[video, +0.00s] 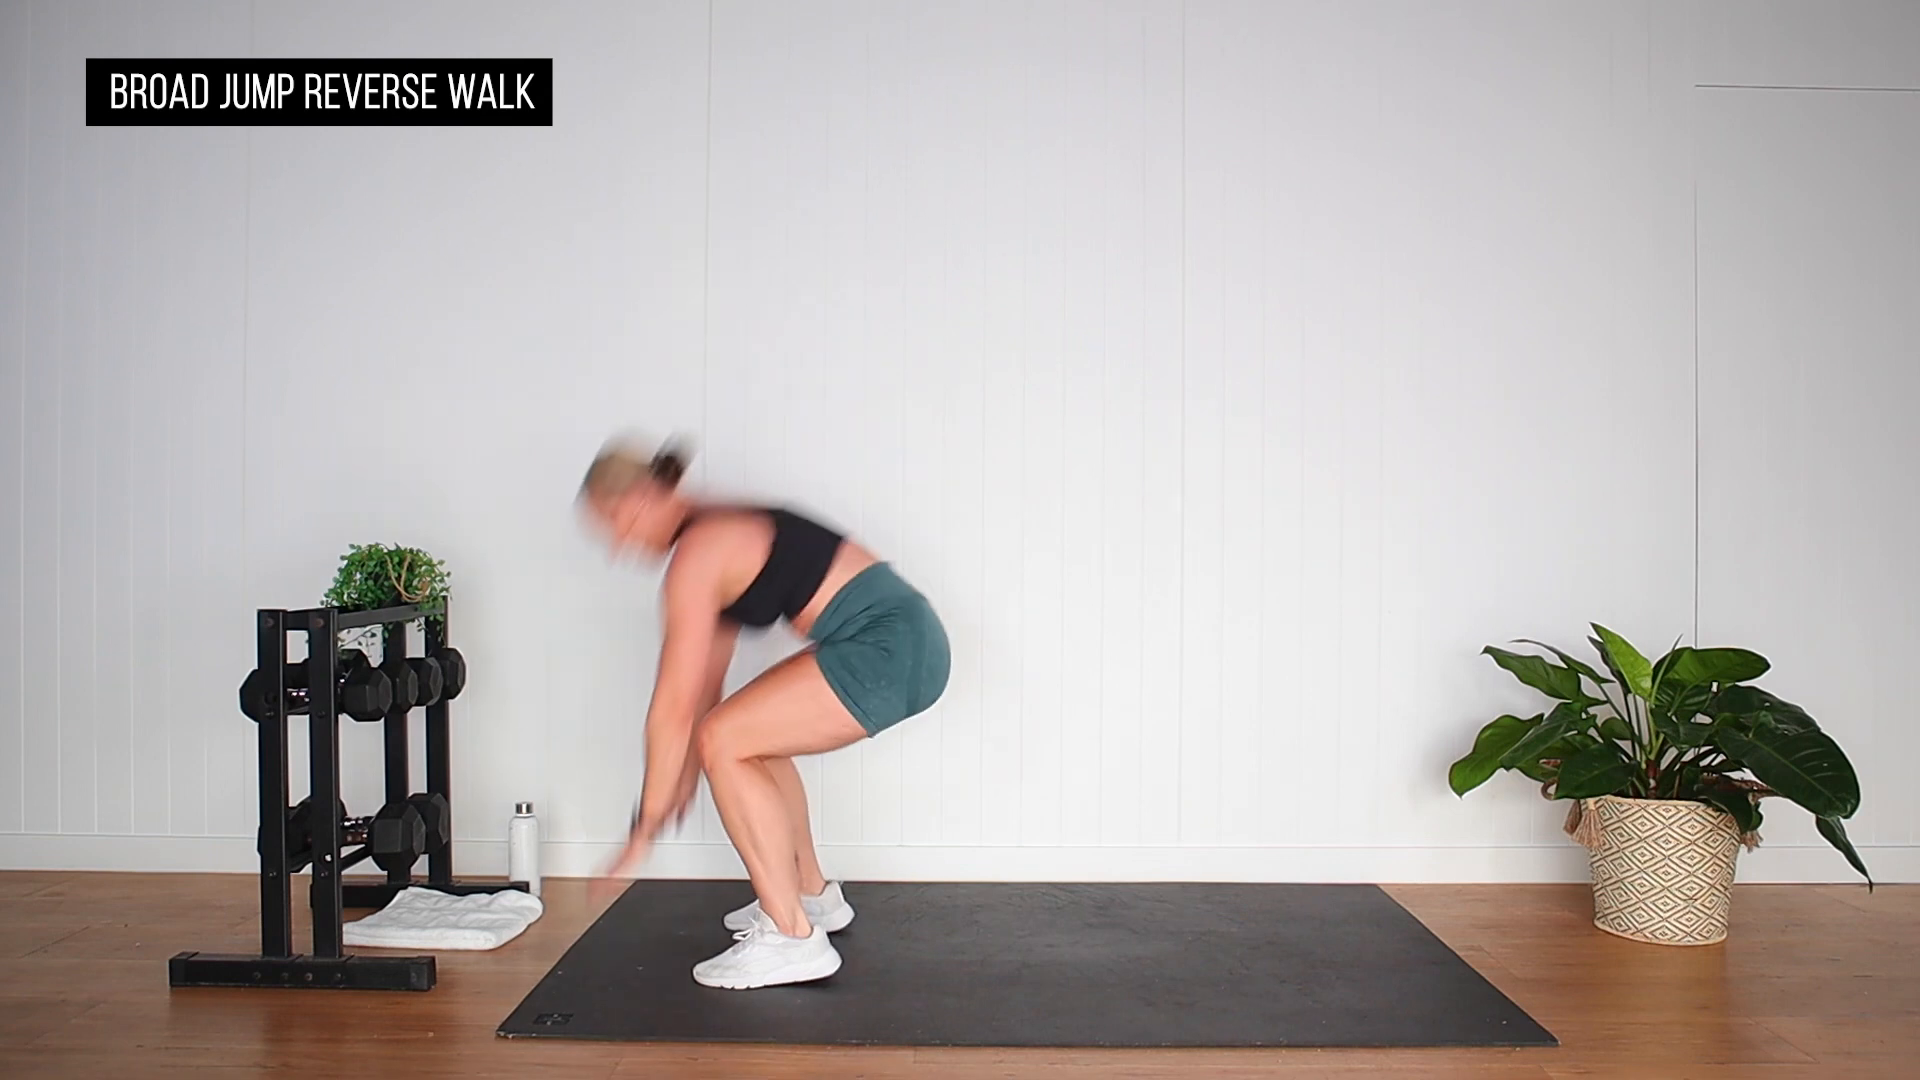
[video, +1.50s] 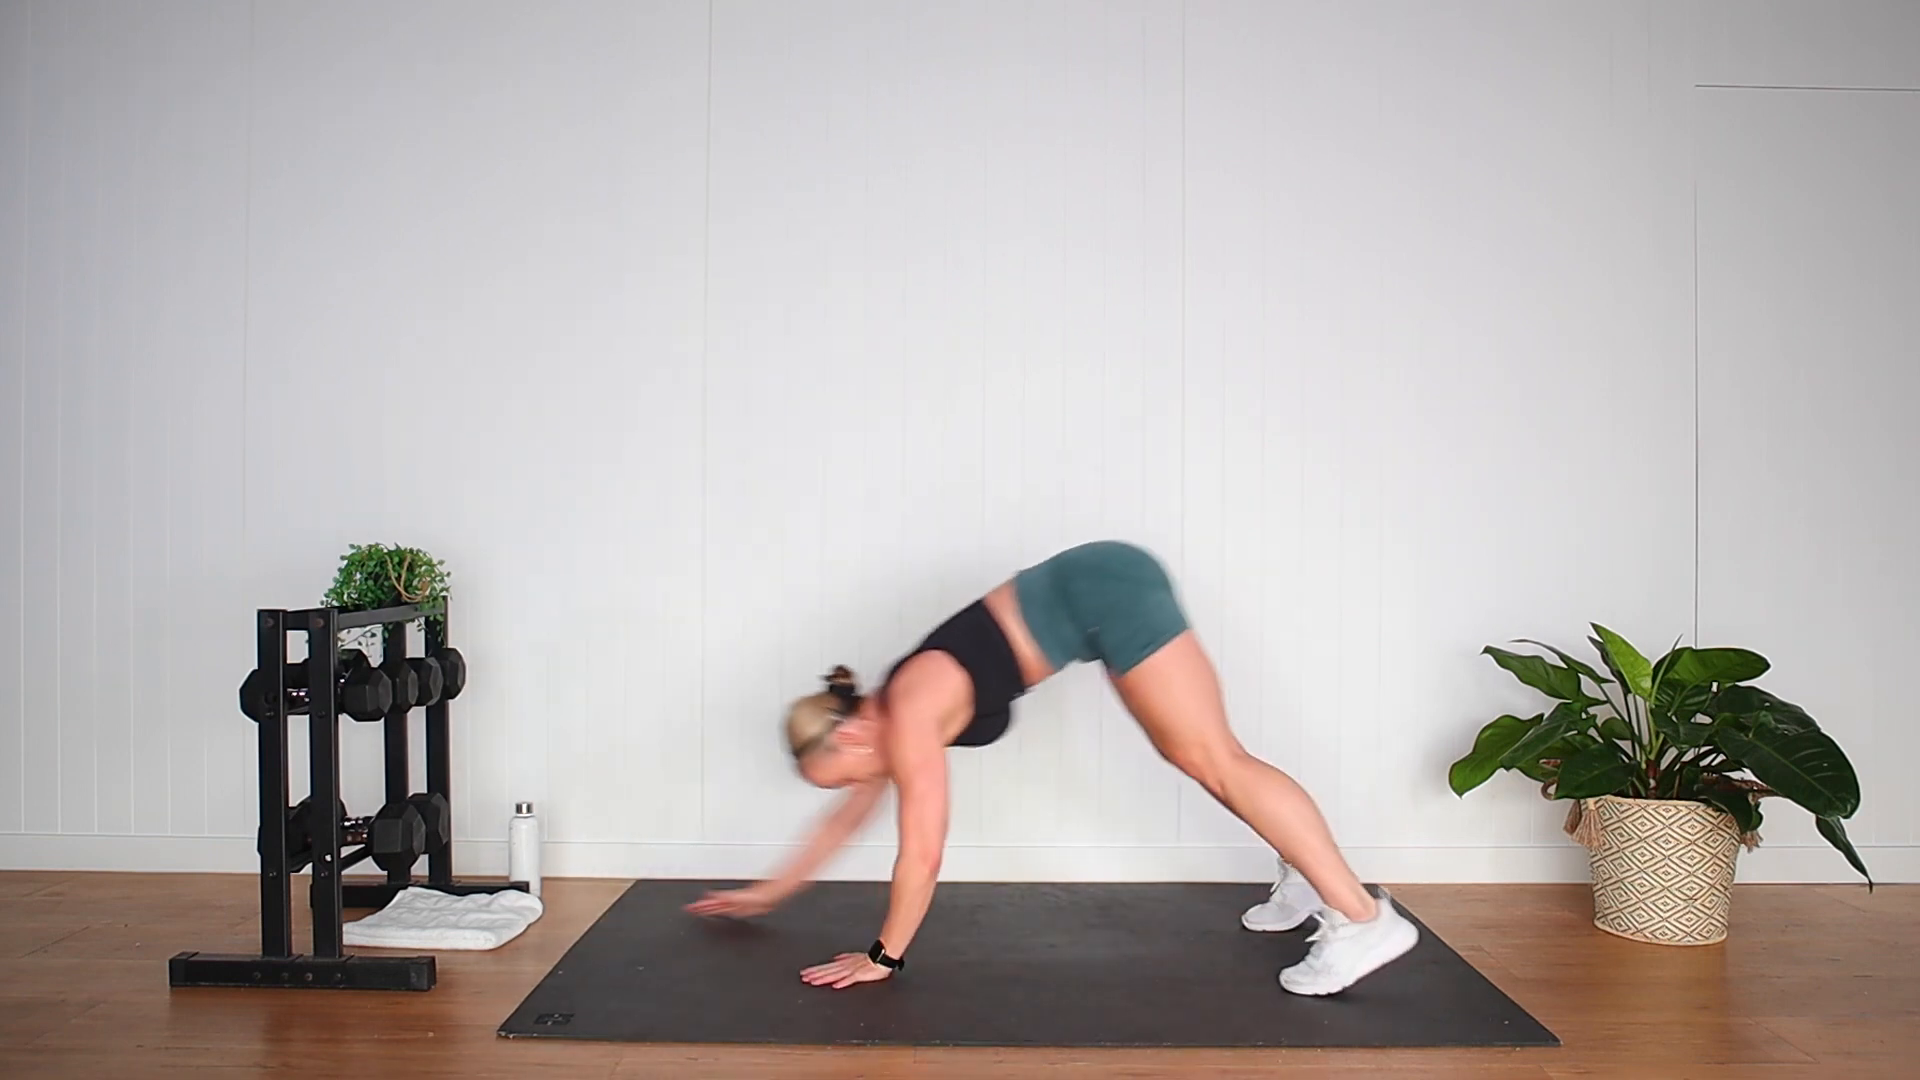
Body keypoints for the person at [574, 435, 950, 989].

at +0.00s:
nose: (619, 542)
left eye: (617, 522)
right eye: (611, 527)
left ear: (644, 498)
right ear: (654, 493)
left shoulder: (699, 554)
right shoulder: (720, 534)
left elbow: (672, 706)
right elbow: (706, 687)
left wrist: (645, 826)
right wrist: (685, 781)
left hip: (888, 646)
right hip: (901, 637)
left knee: (718, 740)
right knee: (743, 733)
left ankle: (790, 934)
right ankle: (811, 893)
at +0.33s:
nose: (593, 729)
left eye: (578, 717)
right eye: (577, 724)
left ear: (587, 678)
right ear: (591, 671)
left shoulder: (648, 675)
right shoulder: (665, 660)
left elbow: (676, 822)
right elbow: (711, 795)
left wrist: (680, 951)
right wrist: (713, 894)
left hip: (853, 607)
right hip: (865, 599)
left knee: (722, 743)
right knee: (751, 737)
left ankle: (792, 938)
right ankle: (813, 895)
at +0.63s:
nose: (610, 777)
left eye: (593, 768)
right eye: (596, 775)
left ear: (595, 730)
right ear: (606, 728)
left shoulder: (645, 696)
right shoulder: (674, 693)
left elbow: (684, 835)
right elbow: (719, 815)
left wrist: (685, 961)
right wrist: (716, 909)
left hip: (829, 566)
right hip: (836, 558)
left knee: (979, 706)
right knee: (984, 687)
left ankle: (1162, 801)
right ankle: (1138, 755)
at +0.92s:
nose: (633, 730)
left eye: (625, 715)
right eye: (623, 721)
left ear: (646, 679)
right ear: (655, 668)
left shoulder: (712, 693)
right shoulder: (734, 677)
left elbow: (718, 844)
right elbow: (743, 827)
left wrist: (690, 957)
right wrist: (717, 916)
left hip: (930, 714)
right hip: (936, 698)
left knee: (1087, 857)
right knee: (1089, 828)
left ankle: (1301, 913)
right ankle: (1253, 859)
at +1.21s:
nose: (708, 744)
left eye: (697, 730)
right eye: (696, 736)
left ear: (718, 693)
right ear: (716, 691)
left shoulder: (787, 700)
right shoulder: (778, 689)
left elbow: (779, 832)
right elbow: (767, 815)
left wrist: (726, 944)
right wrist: (726, 911)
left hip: (1006, 645)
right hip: (1002, 640)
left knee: (1149, 786)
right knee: (1147, 775)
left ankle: (1325, 909)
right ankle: (1292, 862)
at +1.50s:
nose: (848, 783)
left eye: (835, 775)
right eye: (835, 780)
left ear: (851, 733)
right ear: (850, 724)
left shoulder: (916, 715)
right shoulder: (894, 707)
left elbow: (924, 847)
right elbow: (854, 814)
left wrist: (886, 956)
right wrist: (770, 892)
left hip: (1106, 589)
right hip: (1099, 593)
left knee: (1216, 763)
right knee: (1209, 757)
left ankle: (1362, 916)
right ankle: (1321, 878)